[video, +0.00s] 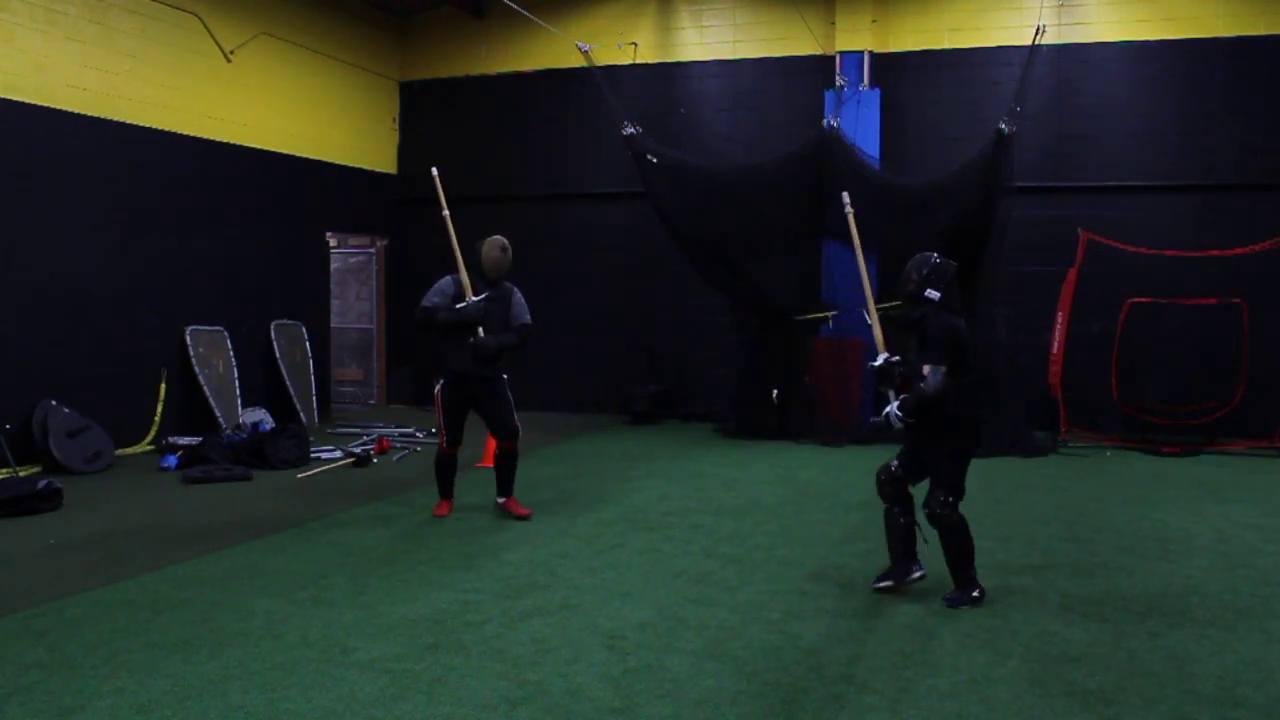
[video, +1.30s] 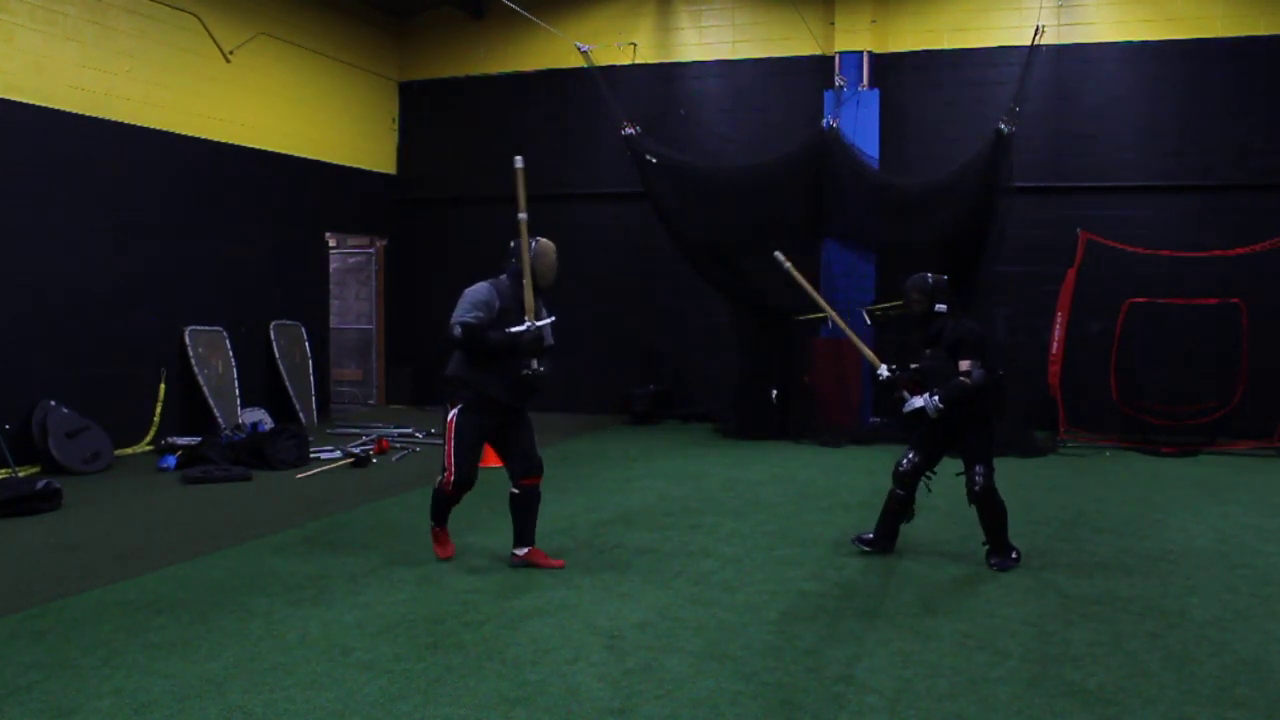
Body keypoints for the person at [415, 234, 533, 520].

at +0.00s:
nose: (498, 264)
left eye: (503, 260)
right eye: (493, 258)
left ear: (507, 264)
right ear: (481, 258)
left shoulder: (510, 294)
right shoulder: (453, 285)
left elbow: (523, 332)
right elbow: (426, 314)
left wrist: (493, 342)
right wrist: (463, 313)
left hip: (491, 378)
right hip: (454, 376)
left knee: (508, 434)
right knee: (449, 441)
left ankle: (504, 497)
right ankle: (445, 499)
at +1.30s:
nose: (548, 273)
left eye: (550, 266)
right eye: (542, 266)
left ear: (542, 269)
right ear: (523, 264)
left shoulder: (537, 307)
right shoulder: (483, 294)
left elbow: (544, 352)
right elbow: (460, 333)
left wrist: (537, 368)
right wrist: (515, 337)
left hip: (509, 403)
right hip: (470, 400)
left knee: (528, 472)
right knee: (459, 477)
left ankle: (523, 548)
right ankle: (439, 524)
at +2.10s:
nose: (533, 295)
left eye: (534, 287)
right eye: (529, 286)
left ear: (508, 283)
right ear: (511, 284)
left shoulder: (508, 325)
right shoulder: (477, 313)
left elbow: (488, 383)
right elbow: (453, 353)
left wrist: (509, 407)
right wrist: (505, 369)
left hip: (472, 423)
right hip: (441, 422)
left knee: (510, 483)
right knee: (433, 509)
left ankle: (483, 561)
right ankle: (380, 584)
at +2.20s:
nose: (531, 284)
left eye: (532, 276)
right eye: (527, 276)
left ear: (508, 274)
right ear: (507, 274)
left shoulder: (505, 315)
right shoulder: (475, 302)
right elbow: (449, 341)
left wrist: (507, 397)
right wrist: (503, 360)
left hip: (467, 417)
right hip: (437, 414)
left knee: (499, 480)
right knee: (430, 500)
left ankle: (482, 561)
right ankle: (379, 579)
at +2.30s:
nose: (527, 278)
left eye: (528, 270)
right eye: (523, 269)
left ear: (501, 265)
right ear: (504, 266)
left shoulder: (499, 305)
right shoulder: (472, 291)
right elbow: (447, 330)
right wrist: (500, 348)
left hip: (460, 408)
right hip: (430, 406)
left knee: (489, 475)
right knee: (424, 495)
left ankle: (478, 560)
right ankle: (373, 578)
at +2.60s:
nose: (521, 289)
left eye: (521, 281)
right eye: (517, 281)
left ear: (491, 278)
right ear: (499, 279)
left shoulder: (496, 320)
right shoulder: (467, 309)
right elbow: (453, 354)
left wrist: (501, 401)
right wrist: (500, 367)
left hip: (456, 425)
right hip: (429, 423)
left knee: (494, 476)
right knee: (416, 516)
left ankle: (467, 559)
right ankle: (362, 597)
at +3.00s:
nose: (572, 268)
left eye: (569, 262)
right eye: (571, 262)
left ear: (530, 256)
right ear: (564, 263)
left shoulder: (508, 283)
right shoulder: (557, 295)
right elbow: (605, 323)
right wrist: (651, 324)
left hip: (472, 400)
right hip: (501, 404)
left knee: (504, 482)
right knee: (549, 483)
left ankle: (485, 564)